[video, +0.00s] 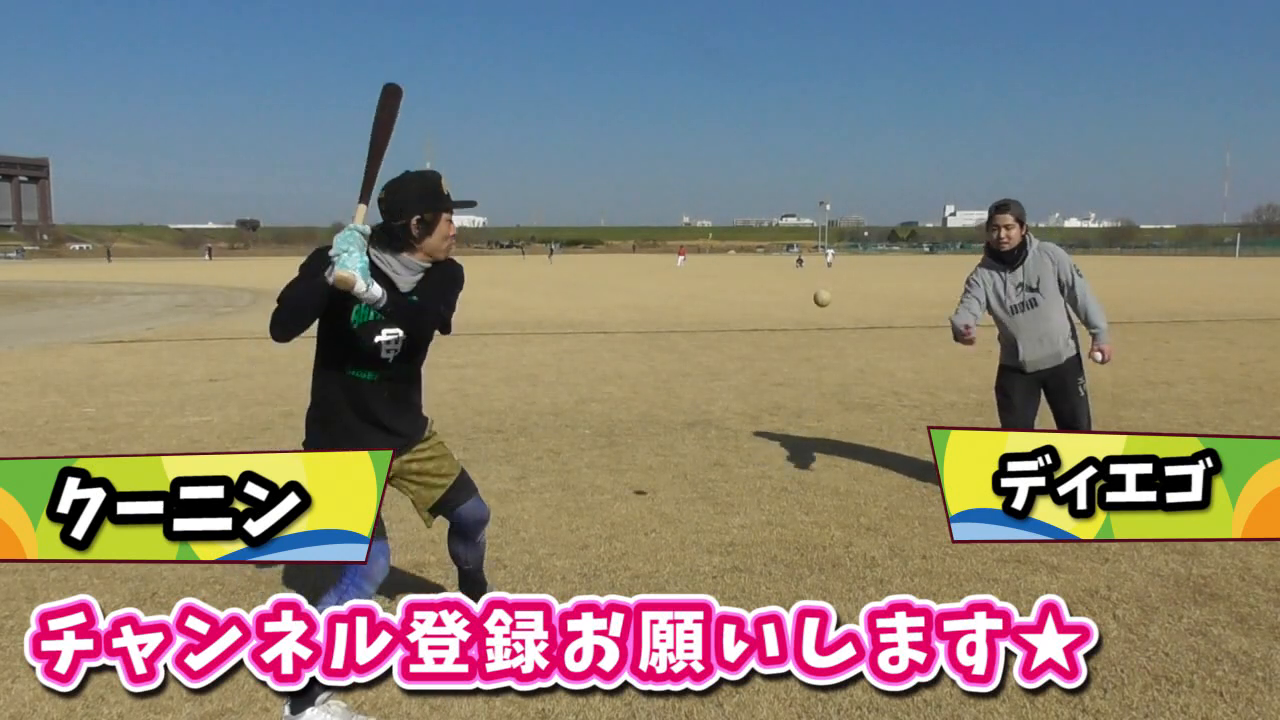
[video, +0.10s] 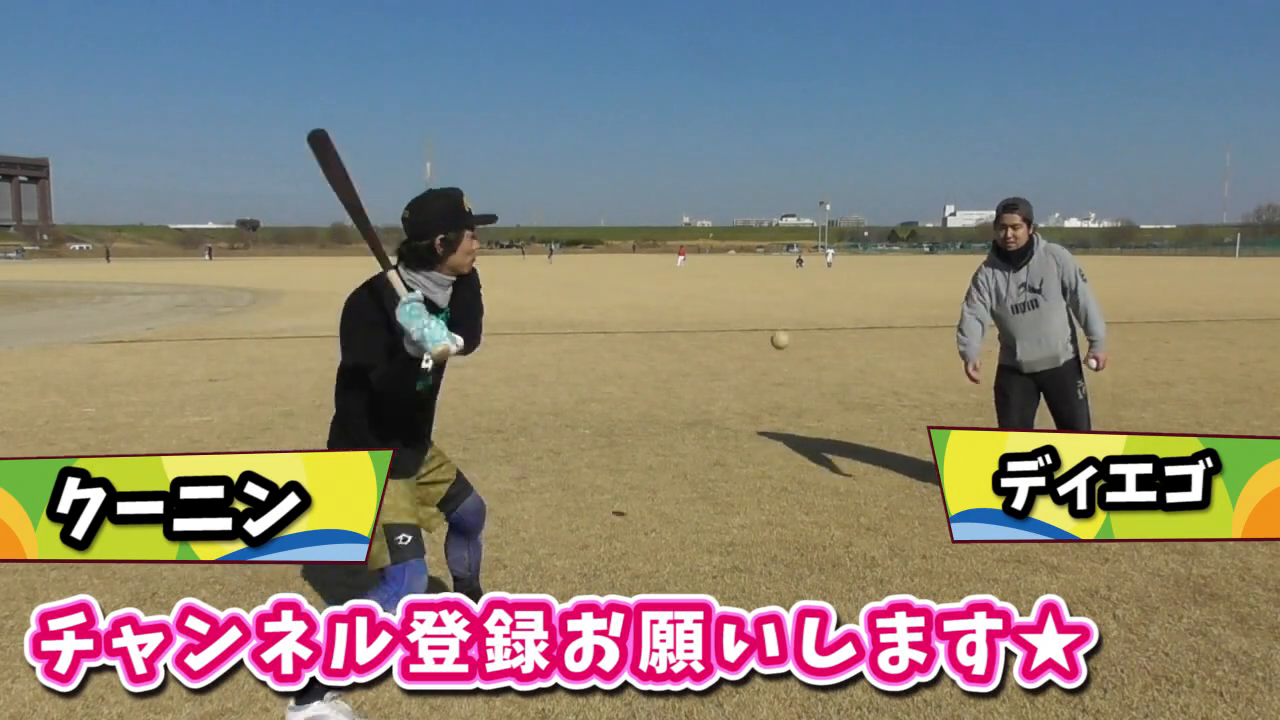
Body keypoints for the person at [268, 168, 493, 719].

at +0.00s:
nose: (455, 226)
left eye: (453, 216)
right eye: (446, 218)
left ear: (420, 225)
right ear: (416, 226)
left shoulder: (445, 274)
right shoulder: (338, 259)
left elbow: (417, 331)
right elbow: (281, 328)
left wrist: (363, 289)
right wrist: (331, 269)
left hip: (406, 428)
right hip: (343, 437)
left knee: (471, 514)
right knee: (369, 564)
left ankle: (475, 605)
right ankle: (305, 694)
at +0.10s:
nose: (478, 242)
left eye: (475, 233)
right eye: (469, 235)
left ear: (440, 243)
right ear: (440, 245)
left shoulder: (458, 287)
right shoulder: (369, 304)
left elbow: (469, 338)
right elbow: (380, 392)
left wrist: (442, 336)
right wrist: (417, 352)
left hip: (417, 449)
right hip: (371, 462)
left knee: (470, 512)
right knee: (408, 578)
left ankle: (469, 613)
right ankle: (311, 692)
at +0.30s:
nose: (484, 233)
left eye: (483, 224)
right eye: (482, 226)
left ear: (428, 222)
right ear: (467, 232)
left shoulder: (385, 256)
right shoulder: (466, 296)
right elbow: (506, 315)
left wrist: (459, 256)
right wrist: (483, 274)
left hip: (370, 426)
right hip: (424, 444)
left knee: (446, 511)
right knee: (434, 569)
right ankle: (348, 670)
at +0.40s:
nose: (496, 214)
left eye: (494, 206)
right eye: (494, 208)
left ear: (438, 208)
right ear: (483, 217)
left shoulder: (397, 256)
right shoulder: (500, 264)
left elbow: (381, 274)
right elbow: (450, 243)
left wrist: (398, 224)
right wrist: (400, 211)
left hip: (395, 420)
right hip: (457, 426)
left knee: (427, 521)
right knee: (438, 563)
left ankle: (458, 590)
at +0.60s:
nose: (485, 207)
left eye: (476, 198)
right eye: (484, 200)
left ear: (424, 203)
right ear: (478, 208)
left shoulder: (390, 254)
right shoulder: (493, 256)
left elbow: (305, 215)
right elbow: (444, 257)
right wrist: (394, 236)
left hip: (402, 435)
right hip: (464, 439)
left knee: (442, 549)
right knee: (444, 570)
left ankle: (479, 636)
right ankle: (393, 693)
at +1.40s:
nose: (497, 213)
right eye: (496, 206)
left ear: (442, 202)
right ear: (492, 213)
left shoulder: (401, 250)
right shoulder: (508, 273)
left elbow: (334, 243)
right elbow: (512, 328)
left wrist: (274, 215)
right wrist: (466, 290)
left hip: (401, 423)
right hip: (463, 432)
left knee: (436, 543)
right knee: (438, 564)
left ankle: (470, 621)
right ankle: (394, 690)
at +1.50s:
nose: (503, 214)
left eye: (497, 204)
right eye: (501, 207)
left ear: (447, 202)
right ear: (494, 214)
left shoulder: (403, 250)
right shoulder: (511, 275)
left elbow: (347, 270)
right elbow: (516, 334)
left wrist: (286, 269)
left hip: (401, 422)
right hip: (463, 430)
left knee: (437, 540)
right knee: (437, 562)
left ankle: (467, 615)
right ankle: (395, 686)